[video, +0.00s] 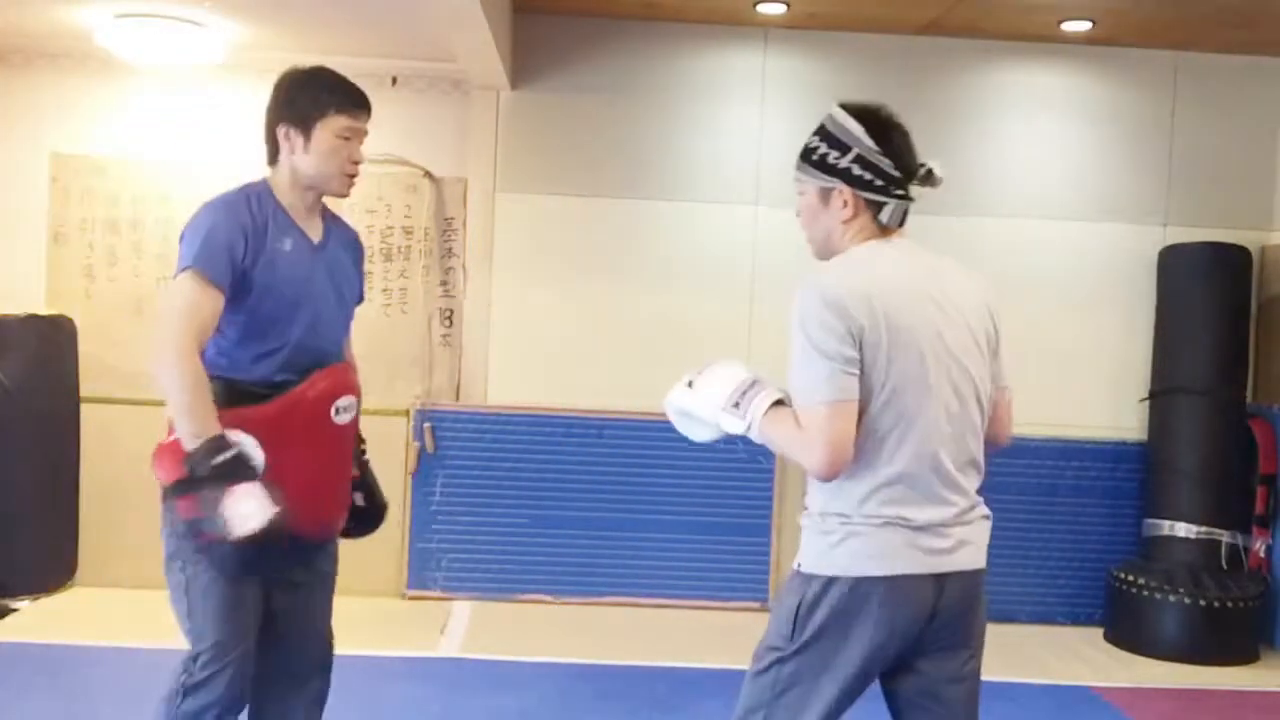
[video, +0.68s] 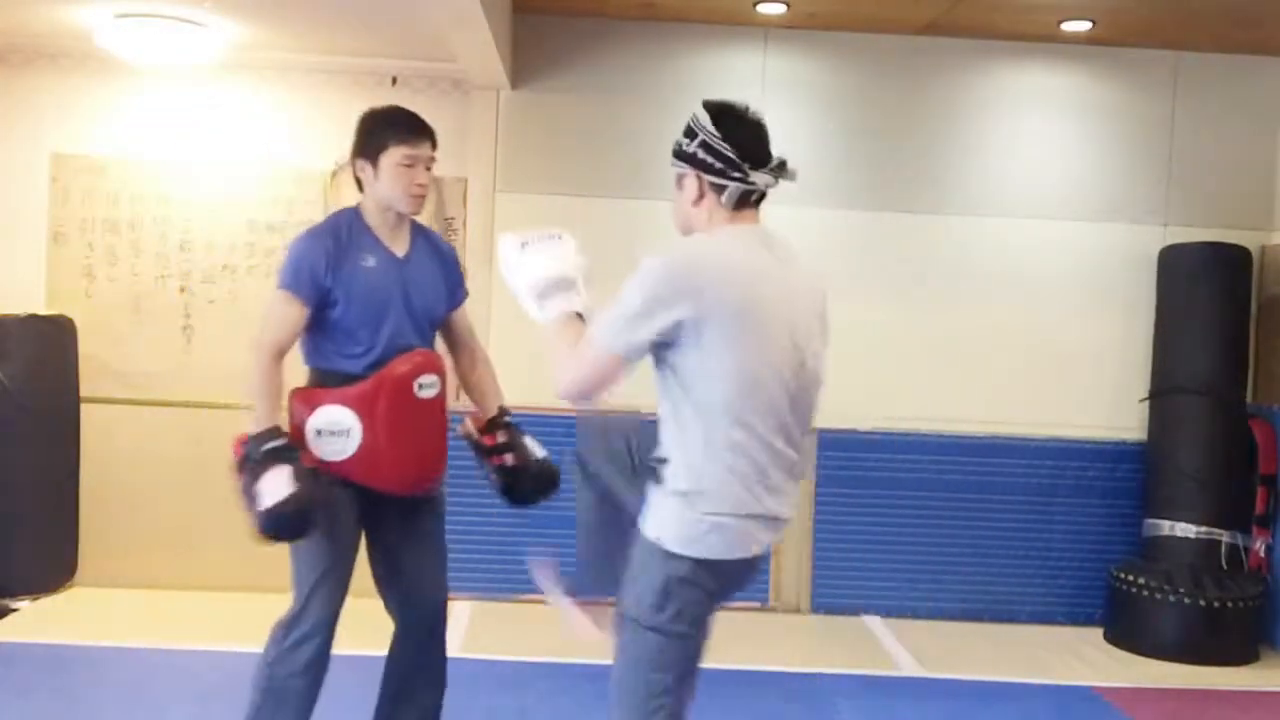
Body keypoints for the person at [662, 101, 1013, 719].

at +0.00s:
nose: (798, 215)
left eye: (805, 198)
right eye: (799, 198)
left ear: (844, 202)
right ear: (871, 204)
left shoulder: (834, 288)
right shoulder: (966, 287)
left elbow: (825, 452)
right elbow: (996, 429)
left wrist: (744, 399)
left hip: (856, 582)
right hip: (959, 578)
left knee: (767, 712)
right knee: (946, 716)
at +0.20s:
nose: (790, 224)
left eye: (794, 206)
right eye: (790, 206)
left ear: (831, 209)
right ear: (855, 210)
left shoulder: (831, 293)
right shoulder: (928, 292)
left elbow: (830, 447)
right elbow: (927, 433)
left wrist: (736, 402)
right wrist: (803, 385)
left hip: (846, 588)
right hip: (940, 582)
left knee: (712, 711)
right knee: (938, 713)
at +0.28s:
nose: (778, 227)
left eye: (781, 209)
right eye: (778, 209)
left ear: (817, 210)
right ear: (855, 215)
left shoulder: (818, 296)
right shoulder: (912, 295)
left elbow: (808, 446)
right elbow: (888, 428)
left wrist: (718, 390)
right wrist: (777, 365)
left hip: (824, 588)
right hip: (919, 584)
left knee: (697, 710)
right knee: (926, 713)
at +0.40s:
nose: (732, 222)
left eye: (737, 204)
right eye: (733, 204)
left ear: (765, 207)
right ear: (807, 212)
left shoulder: (776, 300)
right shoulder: (855, 295)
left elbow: (734, 444)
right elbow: (810, 393)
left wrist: (658, 366)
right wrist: (725, 318)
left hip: (756, 581)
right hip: (851, 583)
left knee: (667, 709)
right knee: (849, 710)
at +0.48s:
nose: (699, 210)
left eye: (702, 193)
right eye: (700, 193)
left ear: (729, 198)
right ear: (781, 202)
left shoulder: (749, 291)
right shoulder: (827, 284)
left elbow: (686, 432)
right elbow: (783, 384)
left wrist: (623, 348)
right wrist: (708, 312)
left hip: (737, 566)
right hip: (820, 561)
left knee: (663, 706)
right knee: (772, 705)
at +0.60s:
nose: (682, 203)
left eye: (684, 187)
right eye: (682, 187)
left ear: (706, 191)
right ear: (763, 194)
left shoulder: (723, 278)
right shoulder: (809, 277)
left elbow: (638, 416)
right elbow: (755, 402)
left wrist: (592, 332)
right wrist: (685, 318)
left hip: (726, 541)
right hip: (795, 533)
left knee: (662, 698)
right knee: (703, 673)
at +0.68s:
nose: (674, 196)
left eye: (676, 181)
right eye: (675, 181)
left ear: (695, 186)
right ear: (755, 189)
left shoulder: (684, 267)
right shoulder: (797, 273)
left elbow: (574, 384)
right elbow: (781, 400)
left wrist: (557, 300)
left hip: (698, 526)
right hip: (762, 512)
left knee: (645, 704)